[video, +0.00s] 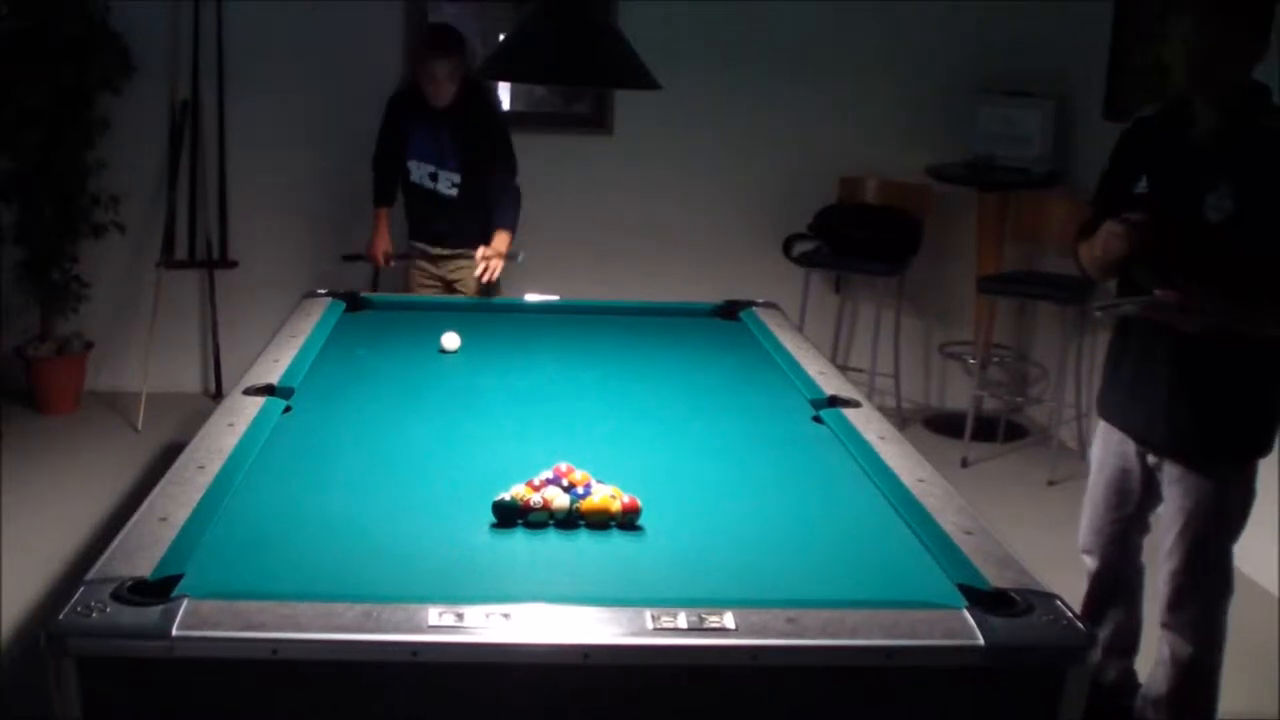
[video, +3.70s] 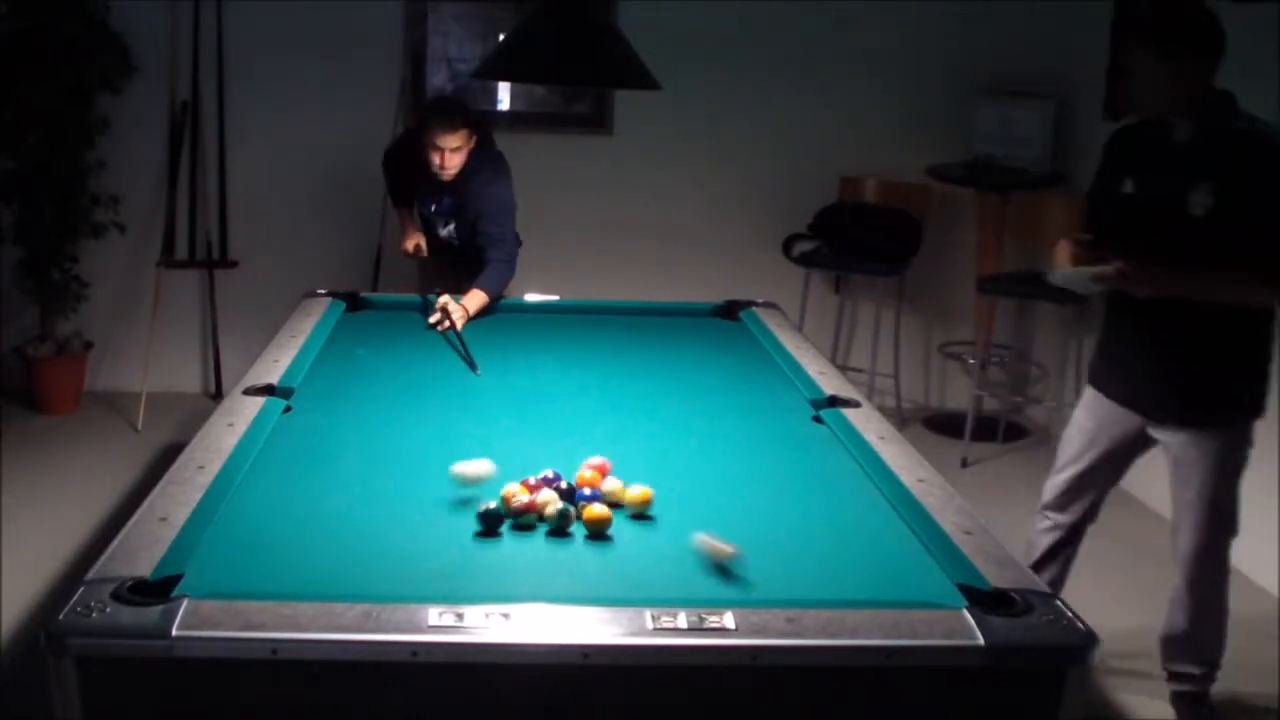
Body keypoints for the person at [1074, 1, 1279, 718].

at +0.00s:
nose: (1195, 50)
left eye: (1212, 31)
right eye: (1187, 31)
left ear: (1249, 43)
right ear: (1173, 42)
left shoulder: (1274, 147)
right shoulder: (1150, 135)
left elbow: (1275, 292)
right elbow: (1088, 258)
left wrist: (1209, 300)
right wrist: (1108, 243)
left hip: (1224, 404)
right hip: (1133, 386)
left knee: (1187, 596)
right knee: (1102, 562)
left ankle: (1173, 711)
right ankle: (1100, 698)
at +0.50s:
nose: (1133, 70)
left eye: (1146, 51)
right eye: (1134, 51)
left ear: (1192, 56)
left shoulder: (1252, 152)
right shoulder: (1172, 139)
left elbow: (1239, 295)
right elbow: (1158, 256)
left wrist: (1109, 274)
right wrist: (1089, 248)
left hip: (1196, 408)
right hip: (1135, 389)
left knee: (1185, 588)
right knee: (1109, 548)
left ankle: (1177, 708)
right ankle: (1098, 675)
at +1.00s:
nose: (1081, 69)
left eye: (1091, 52)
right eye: (1082, 52)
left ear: (1128, 52)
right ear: (1144, 49)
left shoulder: (1156, 128)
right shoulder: (1153, 120)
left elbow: (1134, 264)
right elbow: (1119, 224)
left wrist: (1028, 245)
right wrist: (1034, 210)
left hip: (1126, 373)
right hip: (1131, 368)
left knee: (1092, 539)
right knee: (1095, 533)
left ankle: (1122, 695)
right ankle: (1111, 684)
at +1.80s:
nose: (980, 74)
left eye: (988, 59)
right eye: (979, 60)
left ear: (1018, 56)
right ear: (1039, 52)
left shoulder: (1052, 122)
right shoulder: (1057, 113)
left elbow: (1031, 261)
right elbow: (1026, 218)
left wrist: (937, 240)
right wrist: (946, 204)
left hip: (1045, 358)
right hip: (1046, 350)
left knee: (1007, 515)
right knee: (999, 495)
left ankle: (1035, 645)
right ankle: (1031, 632)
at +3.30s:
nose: (1003, 68)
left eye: (1014, 54)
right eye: (1001, 54)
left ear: (1049, 52)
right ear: (1020, 54)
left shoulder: (1102, 128)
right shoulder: (1029, 126)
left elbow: (1101, 244)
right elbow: (1038, 226)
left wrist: (993, 239)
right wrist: (980, 224)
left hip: (1088, 355)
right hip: (1028, 346)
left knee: (1101, 506)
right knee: (1018, 493)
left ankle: (1144, 655)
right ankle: (1006, 628)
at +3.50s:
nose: (1069, 69)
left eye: (1082, 55)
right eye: (1068, 55)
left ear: (1122, 57)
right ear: (1077, 56)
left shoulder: (1179, 144)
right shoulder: (1075, 126)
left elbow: (1174, 261)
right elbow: (1068, 219)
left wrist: (1059, 252)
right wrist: (1019, 224)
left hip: (1138, 375)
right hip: (1061, 358)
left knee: (1158, 525)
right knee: (1035, 496)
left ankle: (1185, 674)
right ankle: (1011, 630)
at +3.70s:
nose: (1121, 75)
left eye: (1137, 60)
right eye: (1125, 60)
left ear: (1186, 64)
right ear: (1150, 70)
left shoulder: (1258, 156)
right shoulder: (1129, 146)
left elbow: (1263, 282)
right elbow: (1099, 241)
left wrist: (1149, 277)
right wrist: (1081, 251)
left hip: (1213, 391)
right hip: (1122, 375)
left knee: (1199, 547)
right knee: (1060, 505)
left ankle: (1191, 678)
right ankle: (1018, 634)